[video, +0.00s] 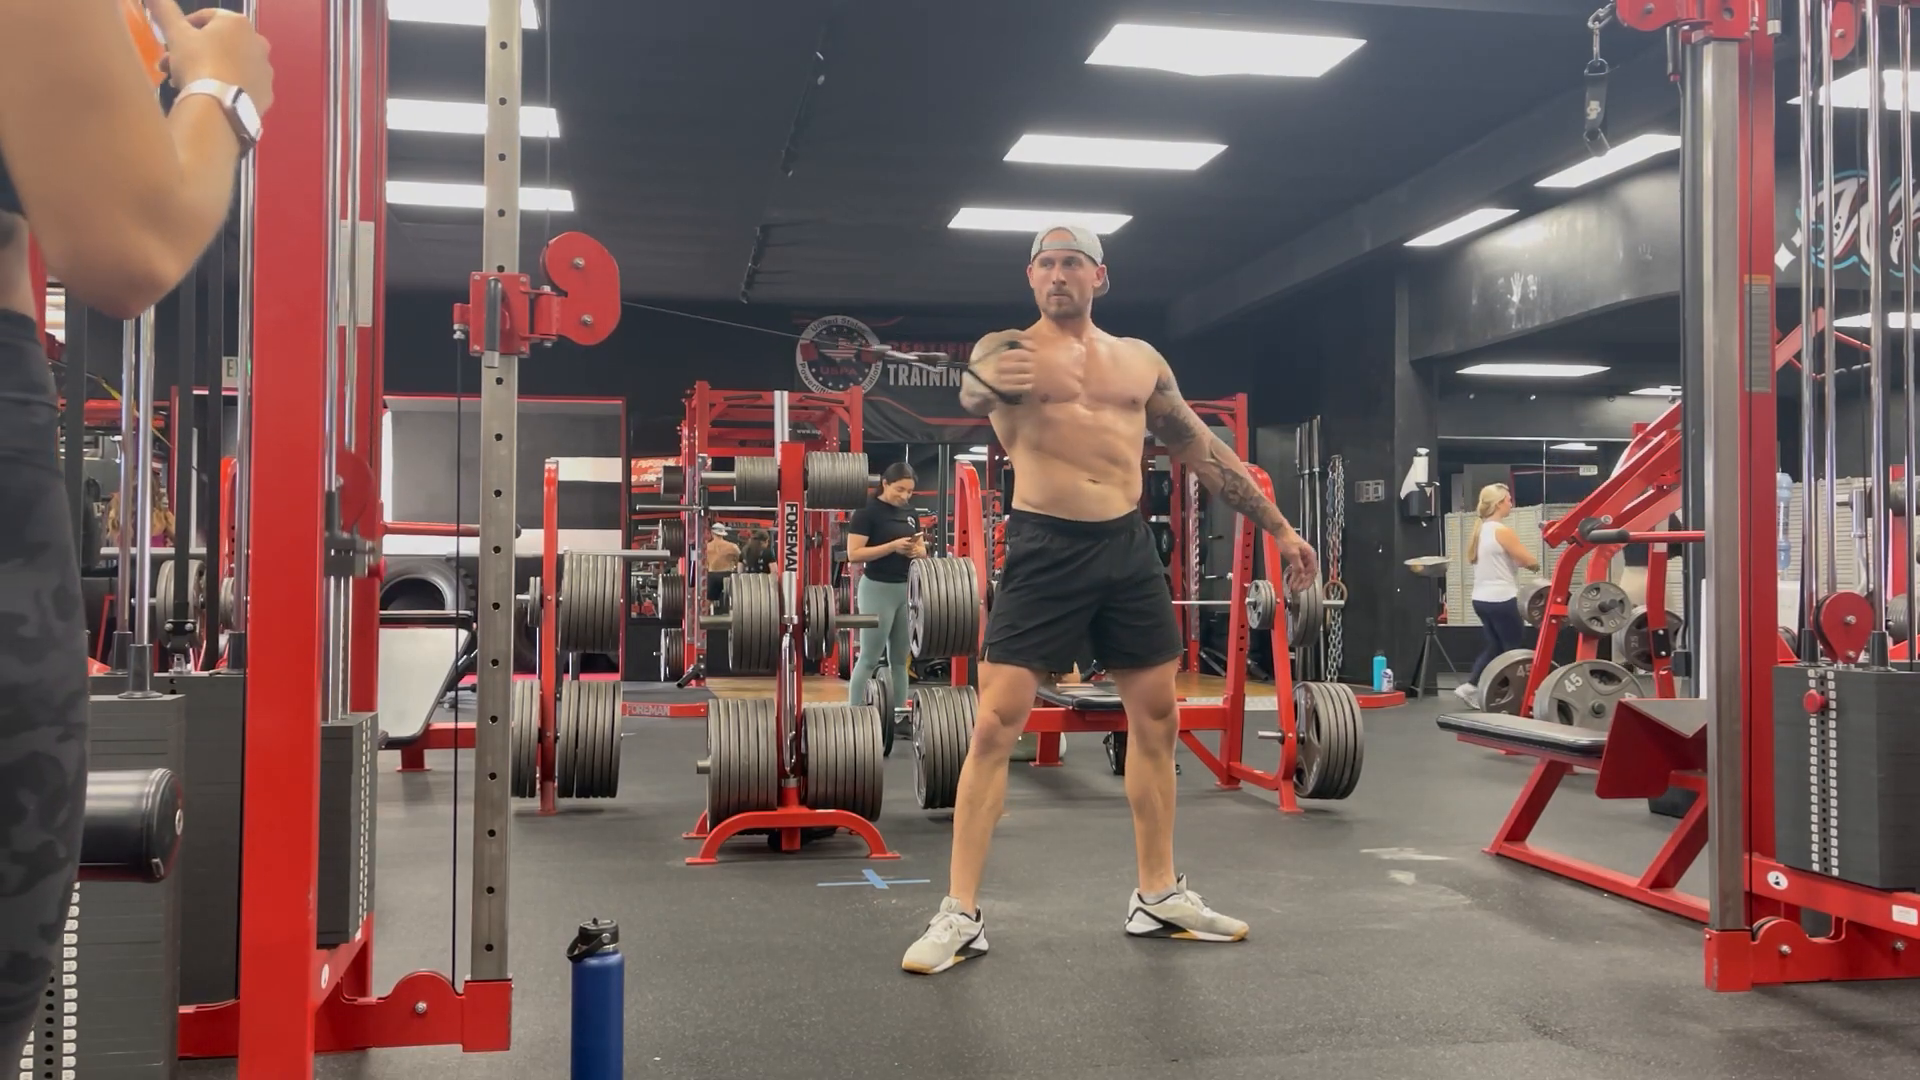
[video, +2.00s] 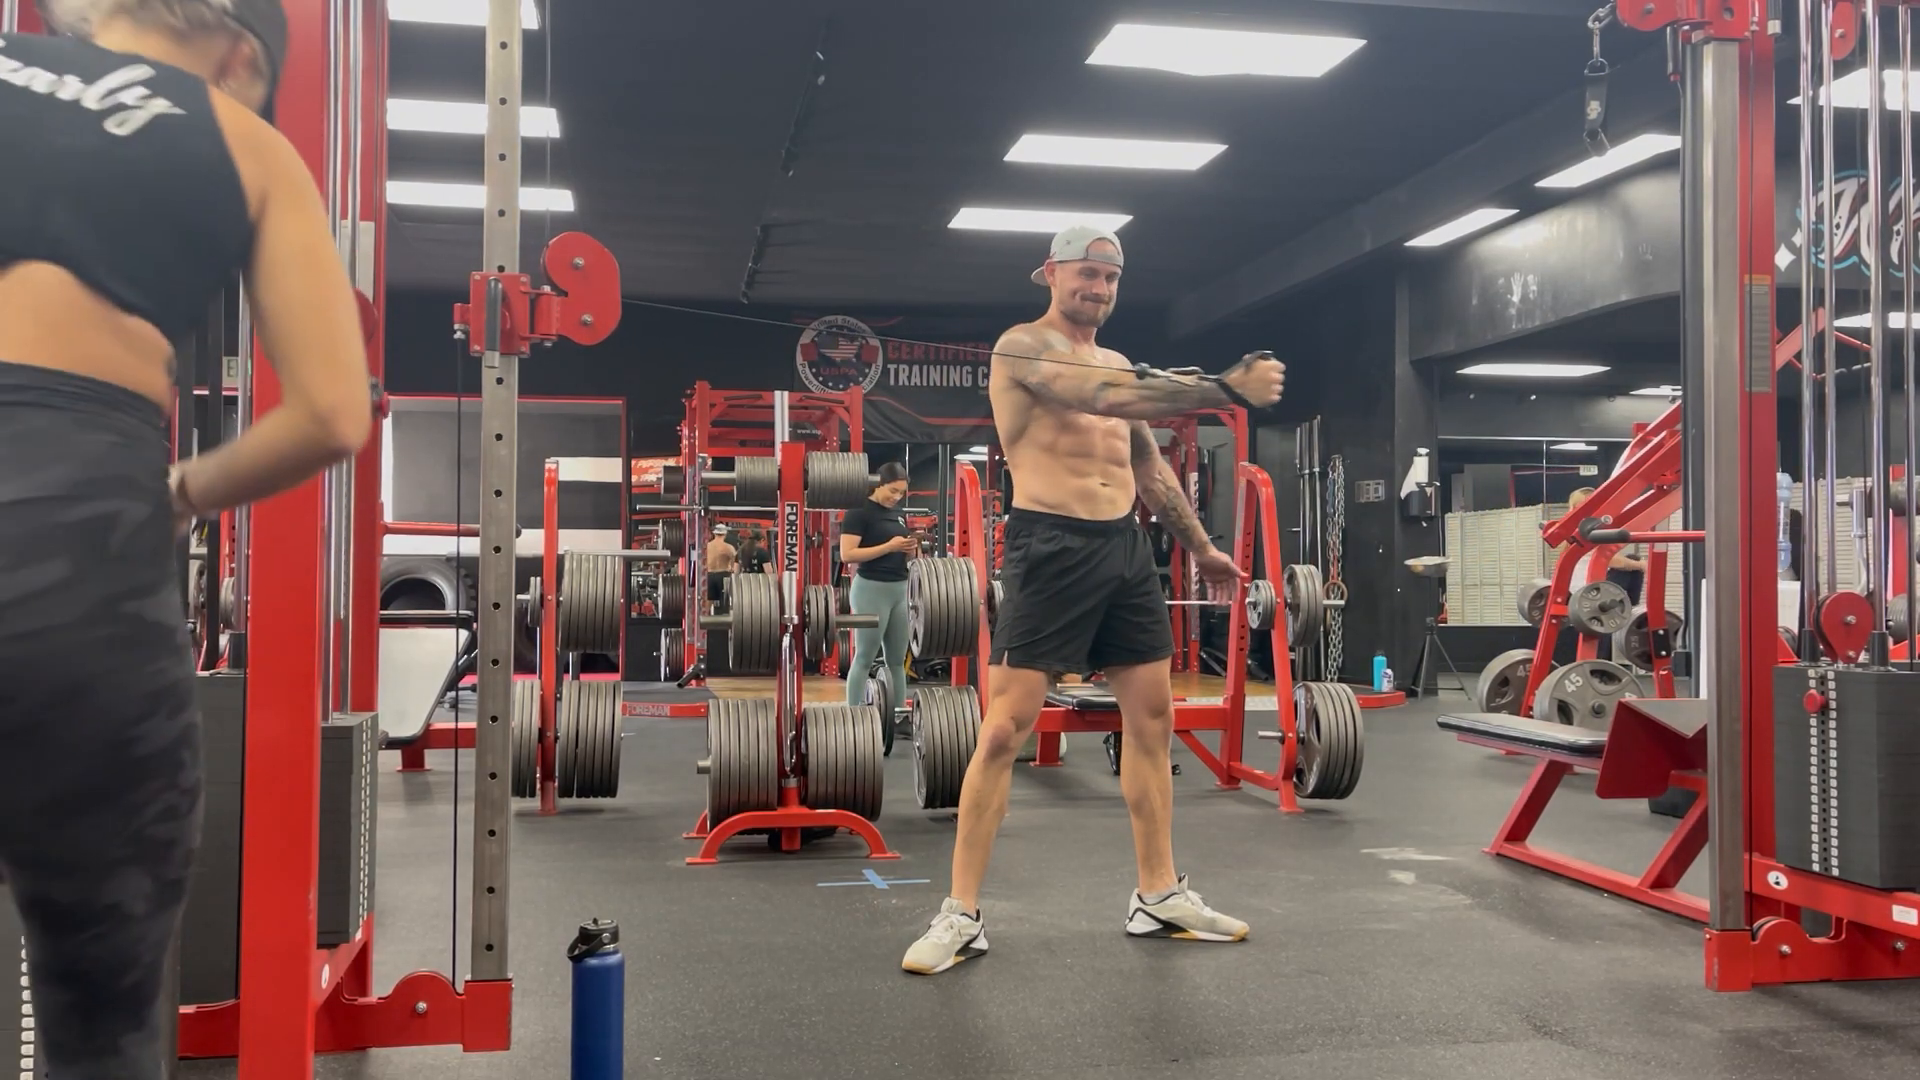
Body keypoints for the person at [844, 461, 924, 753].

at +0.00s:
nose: (905, 496)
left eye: (909, 491)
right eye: (900, 490)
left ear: (912, 490)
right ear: (885, 484)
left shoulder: (909, 514)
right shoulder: (867, 513)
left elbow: (921, 551)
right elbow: (853, 553)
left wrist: (919, 549)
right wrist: (892, 547)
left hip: (904, 591)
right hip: (876, 590)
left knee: (900, 660)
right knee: (869, 658)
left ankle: (900, 717)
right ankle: (854, 716)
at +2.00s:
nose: (898, 497)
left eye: (901, 493)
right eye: (894, 491)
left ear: (903, 491)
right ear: (879, 485)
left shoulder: (895, 515)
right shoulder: (858, 513)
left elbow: (900, 555)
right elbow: (846, 554)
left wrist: (911, 548)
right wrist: (889, 547)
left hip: (898, 590)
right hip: (870, 589)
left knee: (897, 660)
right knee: (865, 657)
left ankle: (901, 715)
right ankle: (853, 716)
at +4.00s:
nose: (897, 499)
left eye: (901, 495)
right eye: (893, 493)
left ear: (904, 491)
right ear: (880, 485)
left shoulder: (897, 514)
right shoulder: (858, 513)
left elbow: (903, 551)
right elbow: (850, 554)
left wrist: (909, 549)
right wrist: (891, 546)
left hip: (898, 591)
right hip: (869, 590)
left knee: (896, 661)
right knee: (863, 659)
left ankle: (899, 720)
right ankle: (853, 720)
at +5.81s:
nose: (918, 497)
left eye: (920, 492)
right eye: (915, 490)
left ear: (901, 487)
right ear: (898, 485)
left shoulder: (895, 512)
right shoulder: (886, 513)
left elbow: (894, 550)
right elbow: (883, 557)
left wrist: (918, 548)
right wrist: (918, 545)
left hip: (893, 586)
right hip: (886, 587)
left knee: (886, 655)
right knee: (905, 654)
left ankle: (874, 711)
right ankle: (881, 710)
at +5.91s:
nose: (923, 498)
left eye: (926, 493)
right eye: (921, 492)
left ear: (907, 488)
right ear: (904, 485)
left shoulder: (899, 512)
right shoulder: (892, 513)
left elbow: (897, 551)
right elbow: (887, 557)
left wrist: (921, 550)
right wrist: (923, 546)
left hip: (893, 585)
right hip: (890, 586)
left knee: (889, 657)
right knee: (919, 650)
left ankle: (881, 713)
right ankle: (898, 712)